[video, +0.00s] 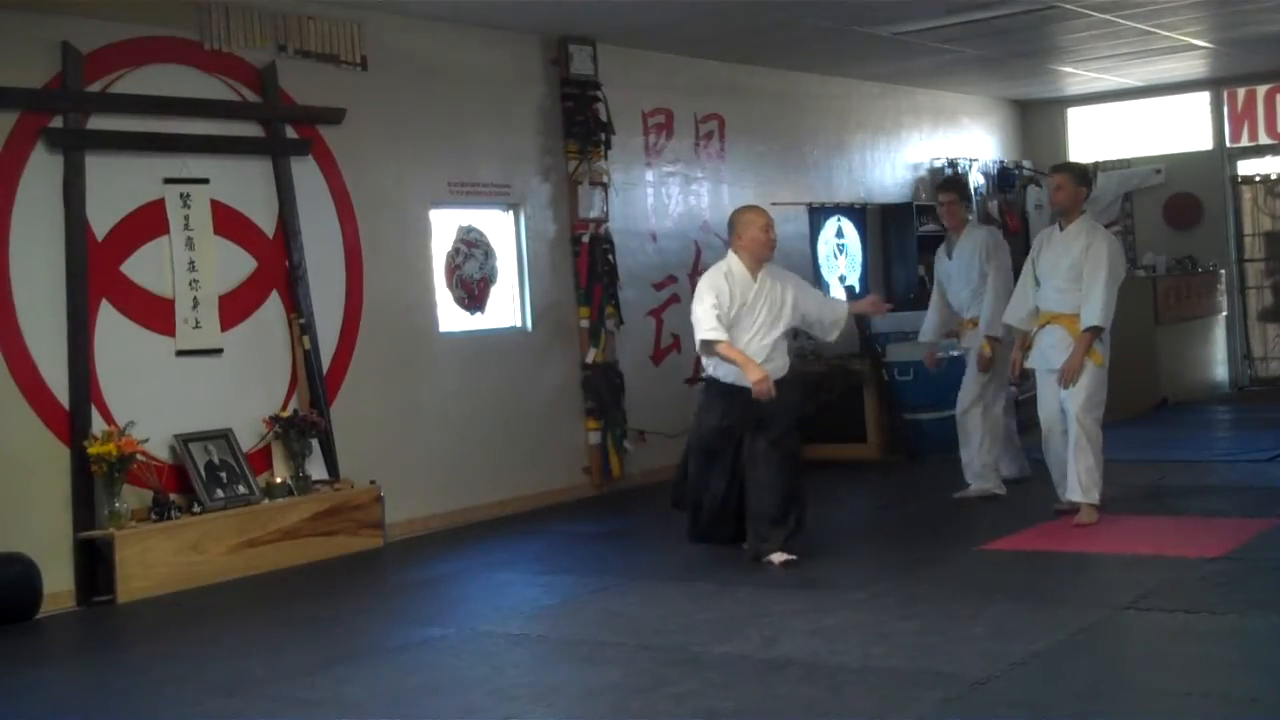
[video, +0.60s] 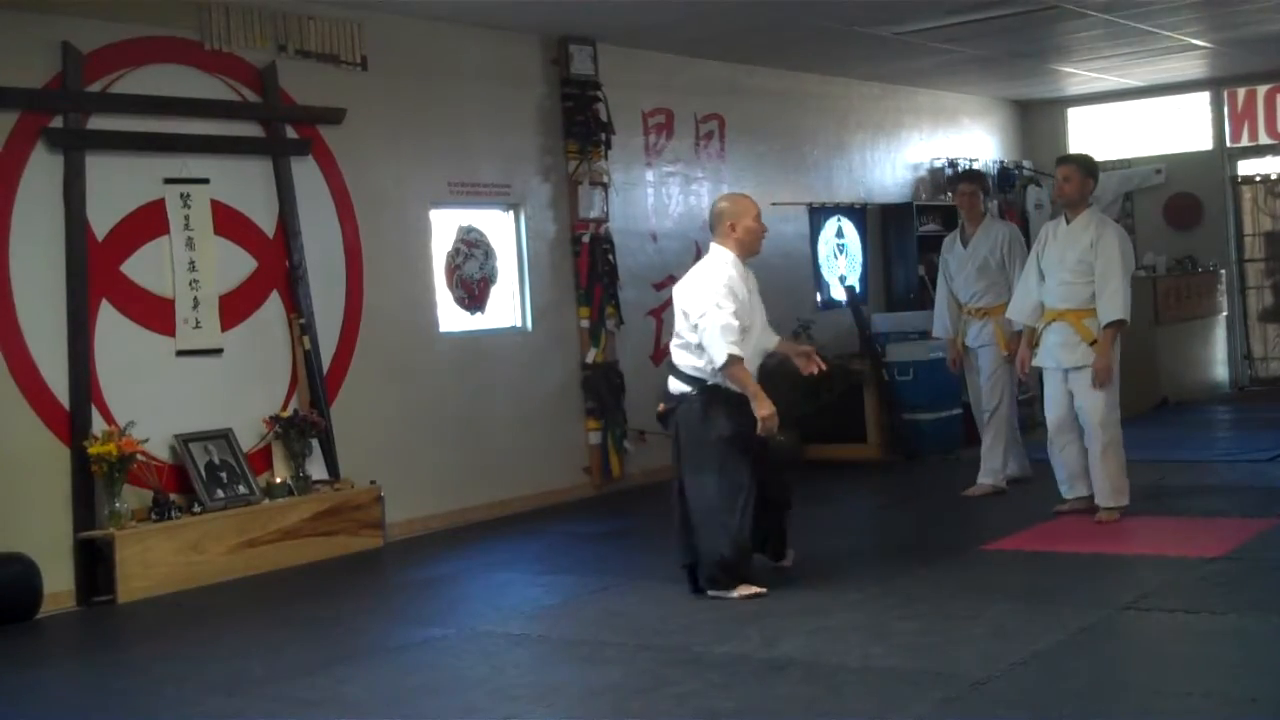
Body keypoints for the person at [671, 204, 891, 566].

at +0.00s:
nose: (774, 236)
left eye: (773, 229)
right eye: (765, 230)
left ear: (761, 237)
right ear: (739, 238)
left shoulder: (783, 282)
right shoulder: (714, 282)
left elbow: (823, 308)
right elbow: (710, 338)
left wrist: (860, 307)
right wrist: (749, 365)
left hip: (773, 390)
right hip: (724, 393)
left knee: (773, 465)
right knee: (712, 464)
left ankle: (772, 543)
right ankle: (717, 533)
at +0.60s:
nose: (764, 228)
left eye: (761, 220)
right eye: (757, 220)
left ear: (732, 229)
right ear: (732, 228)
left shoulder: (740, 274)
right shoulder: (714, 279)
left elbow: (754, 331)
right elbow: (722, 352)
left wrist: (789, 349)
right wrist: (757, 395)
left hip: (729, 394)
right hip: (702, 400)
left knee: (745, 479)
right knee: (717, 490)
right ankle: (718, 578)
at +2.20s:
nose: (610, 218)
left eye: (609, 208)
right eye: (609, 209)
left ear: (555, 214)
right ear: (598, 213)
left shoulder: (515, 267)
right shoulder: (604, 269)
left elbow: (506, 322)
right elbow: (655, 338)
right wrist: (714, 383)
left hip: (522, 412)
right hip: (588, 410)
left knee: (537, 542)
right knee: (612, 531)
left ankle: (558, 670)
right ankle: (631, 650)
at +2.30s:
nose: (606, 213)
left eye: (605, 204)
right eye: (605, 204)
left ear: (548, 211)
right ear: (593, 209)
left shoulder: (514, 266)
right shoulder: (603, 267)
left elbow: (512, 325)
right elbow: (652, 331)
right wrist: (707, 372)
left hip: (520, 411)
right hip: (587, 410)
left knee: (535, 542)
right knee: (613, 531)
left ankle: (559, 670)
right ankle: (629, 647)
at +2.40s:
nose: (607, 213)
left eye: (606, 204)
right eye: (605, 204)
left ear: (547, 210)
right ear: (593, 207)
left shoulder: (517, 266)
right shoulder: (606, 268)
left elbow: (501, 316)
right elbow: (656, 326)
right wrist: (704, 360)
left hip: (522, 414)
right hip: (587, 414)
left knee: (538, 540)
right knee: (621, 531)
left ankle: (559, 669)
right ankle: (650, 644)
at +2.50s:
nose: (611, 211)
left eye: (608, 201)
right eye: (609, 202)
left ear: (555, 210)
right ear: (597, 208)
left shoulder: (519, 266)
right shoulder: (614, 269)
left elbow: (500, 312)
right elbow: (665, 328)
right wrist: (709, 355)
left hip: (525, 415)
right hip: (591, 416)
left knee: (538, 539)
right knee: (630, 531)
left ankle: (554, 665)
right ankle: (667, 646)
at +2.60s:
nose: (620, 213)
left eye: (617, 204)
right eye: (618, 205)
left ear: (564, 210)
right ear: (609, 210)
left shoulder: (524, 266)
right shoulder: (624, 270)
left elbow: (505, 314)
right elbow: (681, 331)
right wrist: (715, 354)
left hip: (532, 417)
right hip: (600, 417)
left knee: (546, 542)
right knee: (636, 536)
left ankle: (555, 664)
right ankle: (663, 651)